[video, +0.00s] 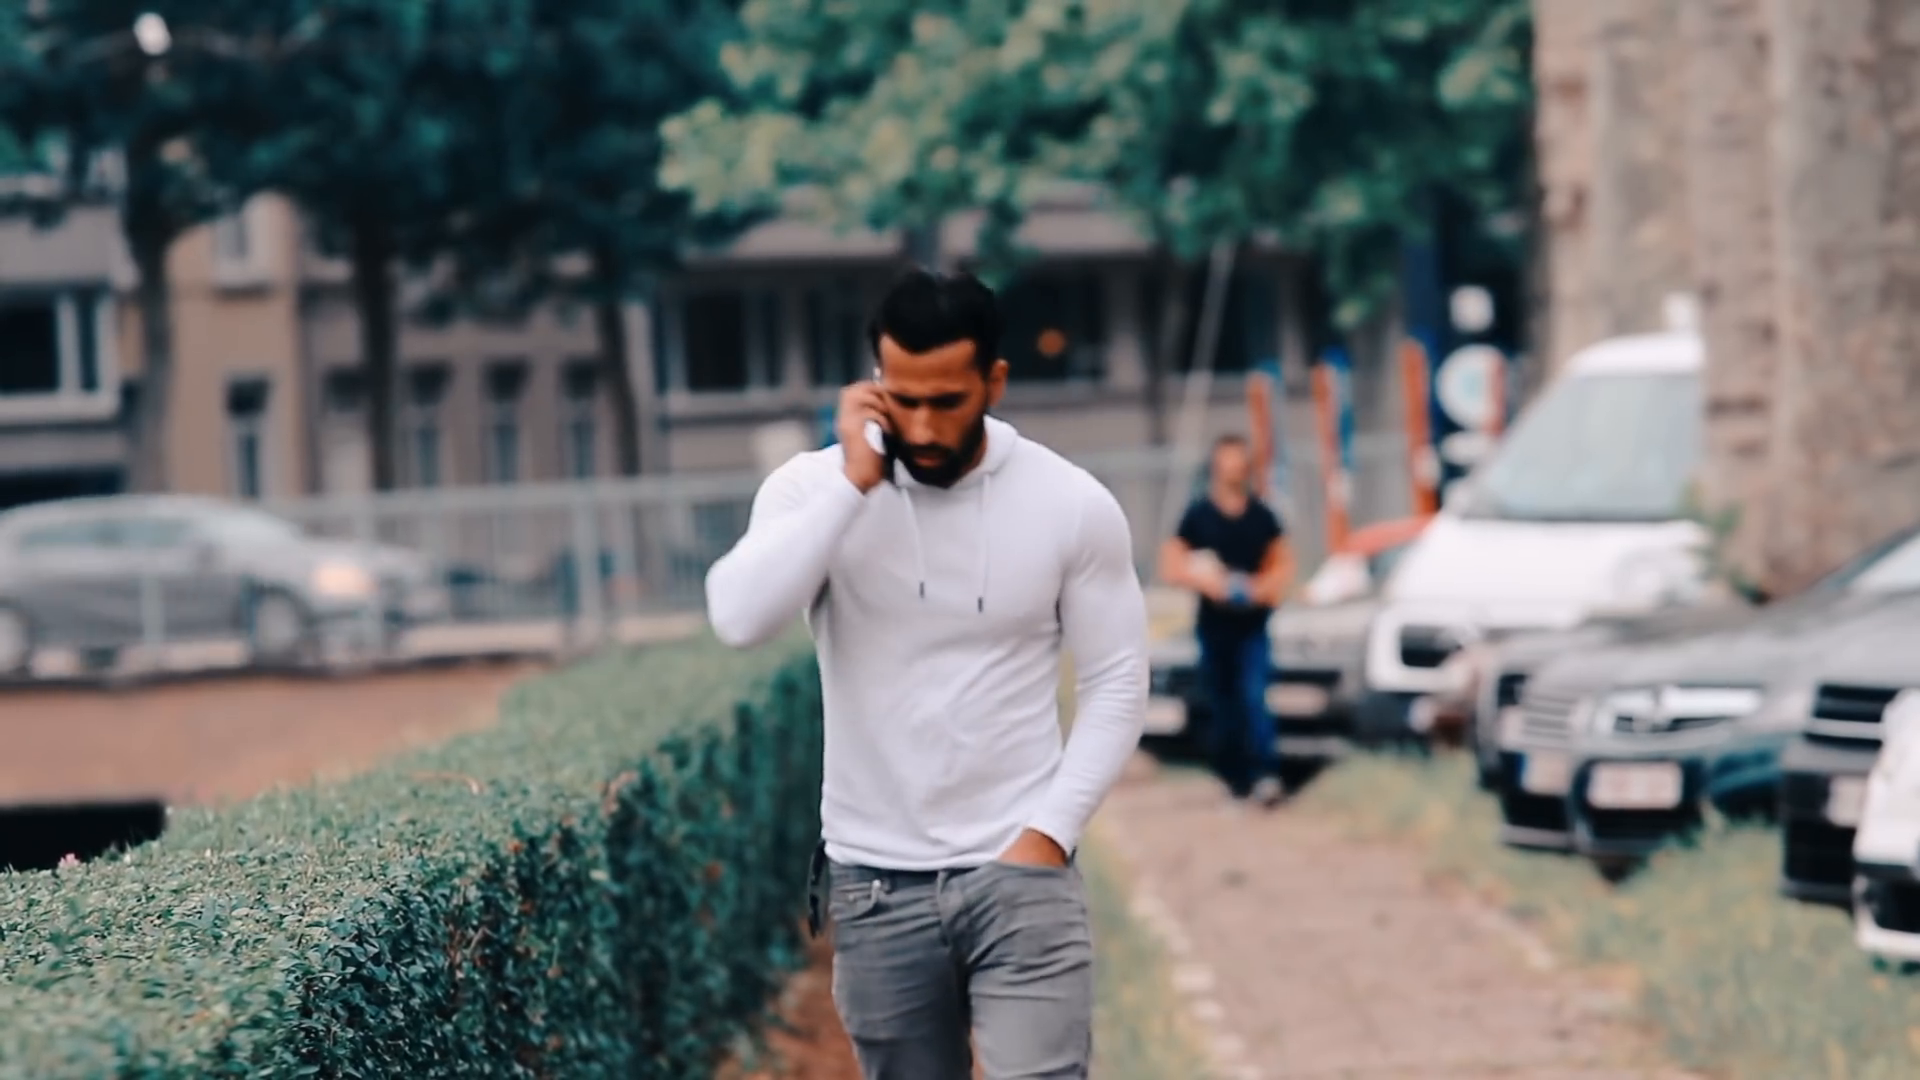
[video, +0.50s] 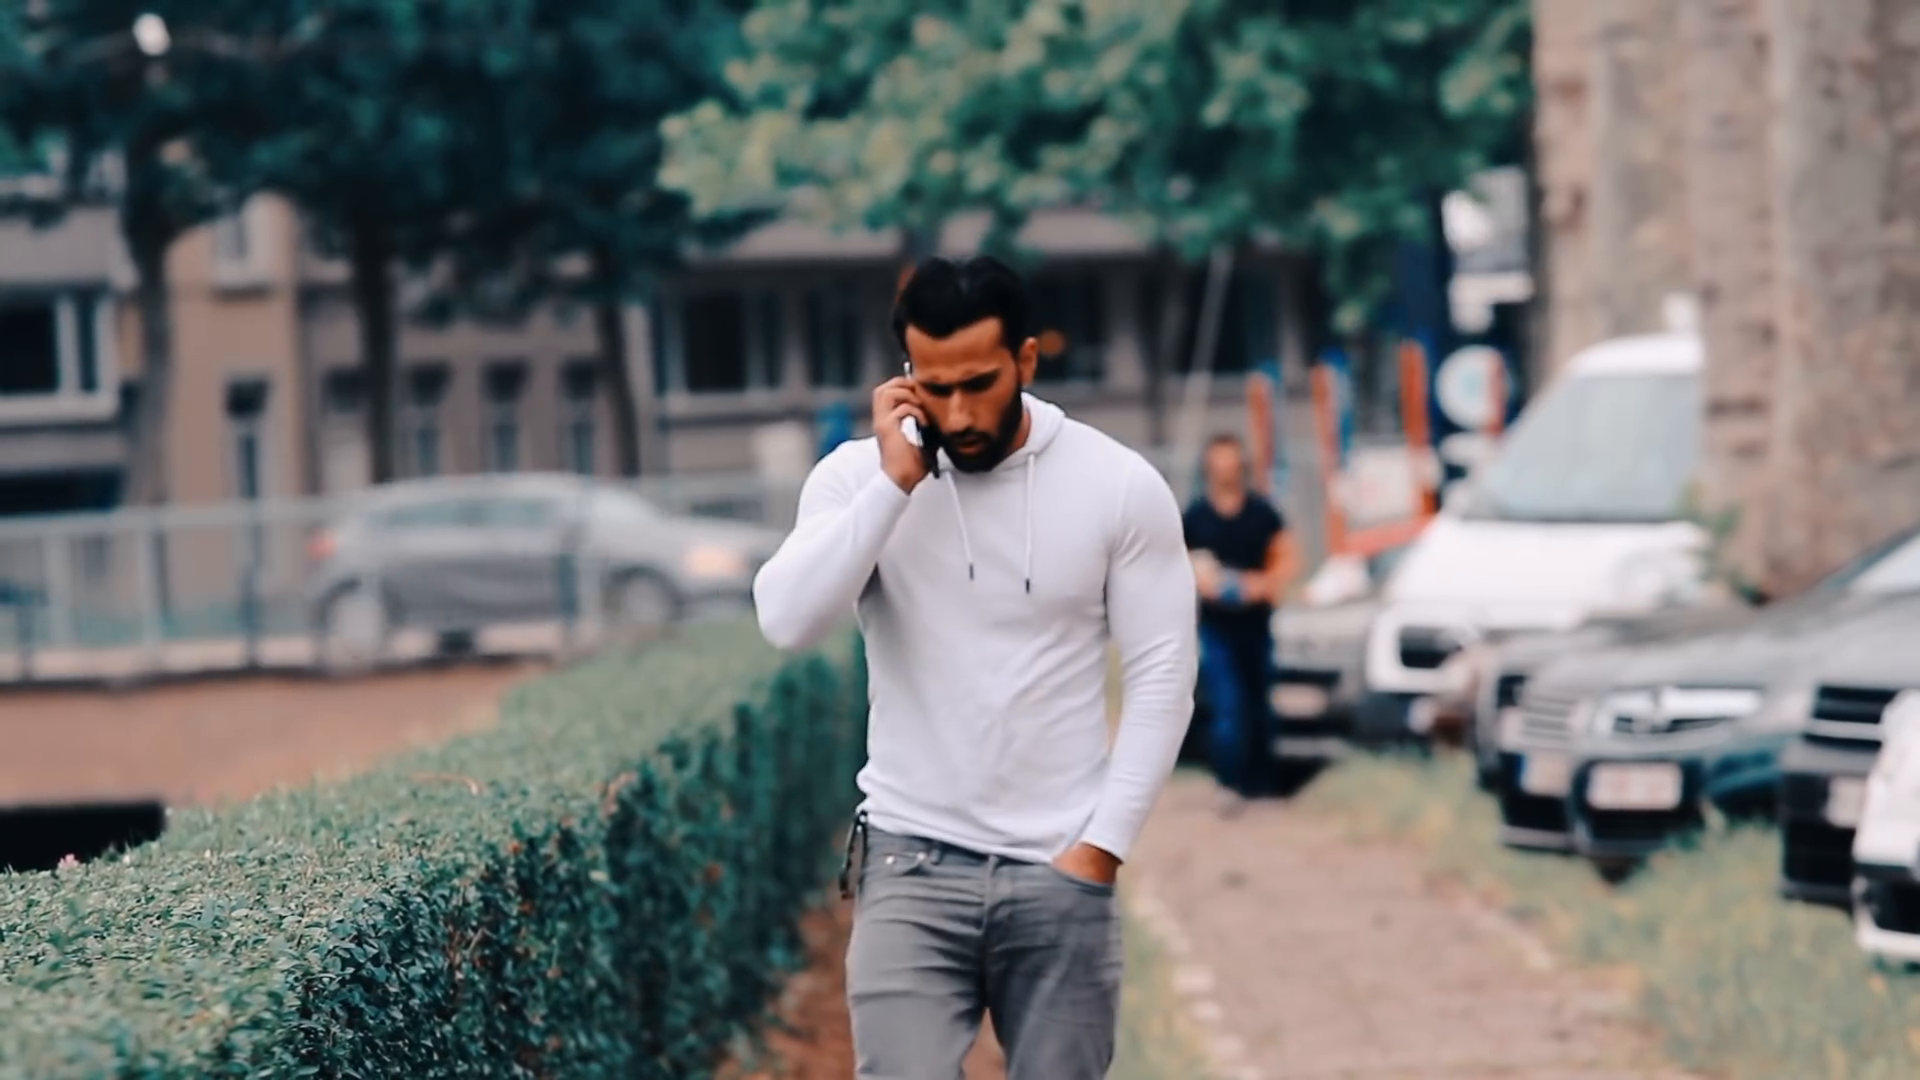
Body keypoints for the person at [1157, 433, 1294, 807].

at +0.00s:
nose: (1232, 470)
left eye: (1238, 463)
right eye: (1225, 463)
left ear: (1248, 466)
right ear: (1214, 466)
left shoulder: (1262, 516)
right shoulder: (1200, 514)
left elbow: (1281, 563)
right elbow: (1172, 564)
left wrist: (1263, 587)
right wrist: (1210, 581)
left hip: (1252, 616)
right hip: (1214, 617)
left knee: (1252, 695)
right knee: (1220, 698)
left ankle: (1264, 773)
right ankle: (1234, 777)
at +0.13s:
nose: (1235, 468)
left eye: (1242, 461)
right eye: (1229, 460)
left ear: (1252, 464)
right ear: (1217, 463)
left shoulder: (1266, 513)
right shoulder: (1201, 511)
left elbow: (1285, 562)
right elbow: (1174, 562)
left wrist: (1263, 584)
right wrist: (1210, 579)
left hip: (1255, 617)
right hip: (1216, 617)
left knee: (1257, 698)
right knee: (1219, 698)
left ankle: (1261, 782)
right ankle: (1230, 778)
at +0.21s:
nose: (1233, 460)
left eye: (1240, 452)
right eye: (1226, 452)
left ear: (1251, 456)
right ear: (1216, 456)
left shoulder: (1267, 504)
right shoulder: (1202, 503)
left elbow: (1288, 554)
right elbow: (1176, 555)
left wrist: (1262, 578)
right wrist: (1209, 573)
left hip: (1257, 609)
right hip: (1218, 610)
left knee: (1258, 696)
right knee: (1223, 695)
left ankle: (1262, 780)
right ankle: (1231, 776)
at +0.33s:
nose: (1231, 462)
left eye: (1237, 454)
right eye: (1224, 455)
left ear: (1249, 457)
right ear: (1213, 458)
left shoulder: (1268, 503)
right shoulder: (1201, 503)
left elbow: (1290, 552)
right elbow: (1182, 553)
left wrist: (1264, 576)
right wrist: (1207, 575)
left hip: (1256, 606)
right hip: (1217, 606)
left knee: (1253, 693)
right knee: (1226, 692)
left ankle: (1259, 777)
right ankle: (1231, 777)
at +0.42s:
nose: (1229, 466)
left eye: (1235, 458)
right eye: (1222, 459)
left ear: (1246, 461)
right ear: (1211, 463)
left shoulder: (1265, 508)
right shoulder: (1200, 510)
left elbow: (1290, 553)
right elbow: (1184, 553)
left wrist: (1267, 580)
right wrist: (1206, 579)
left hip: (1255, 609)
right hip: (1218, 609)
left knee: (1254, 696)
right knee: (1227, 694)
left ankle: (1258, 777)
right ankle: (1226, 774)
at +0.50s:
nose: (1226, 473)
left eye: (1232, 465)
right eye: (1219, 465)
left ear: (1244, 466)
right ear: (1207, 469)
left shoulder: (1262, 512)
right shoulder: (1196, 517)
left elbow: (1288, 556)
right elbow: (1186, 563)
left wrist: (1267, 583)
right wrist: (1205, 582)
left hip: (1253, 613)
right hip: (1215, 615)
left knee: (1256, 698)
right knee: (1228, 699)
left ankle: (1262, 779)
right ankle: (1230, 782)